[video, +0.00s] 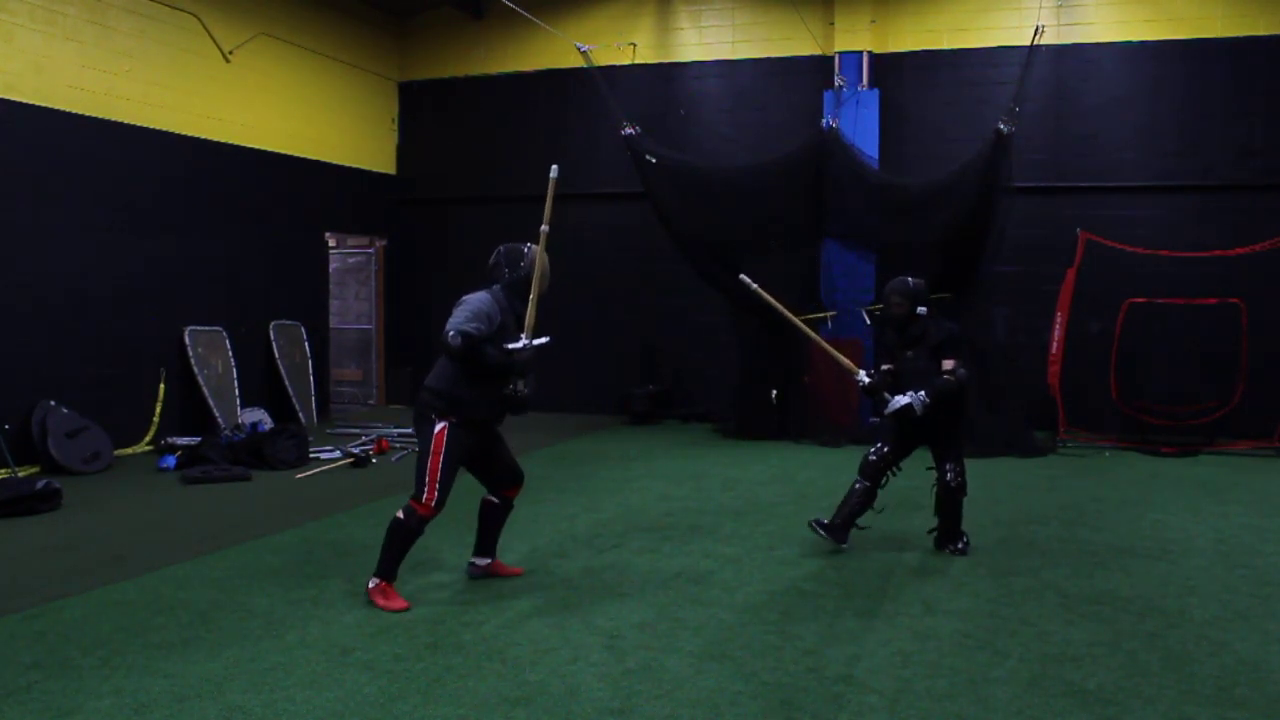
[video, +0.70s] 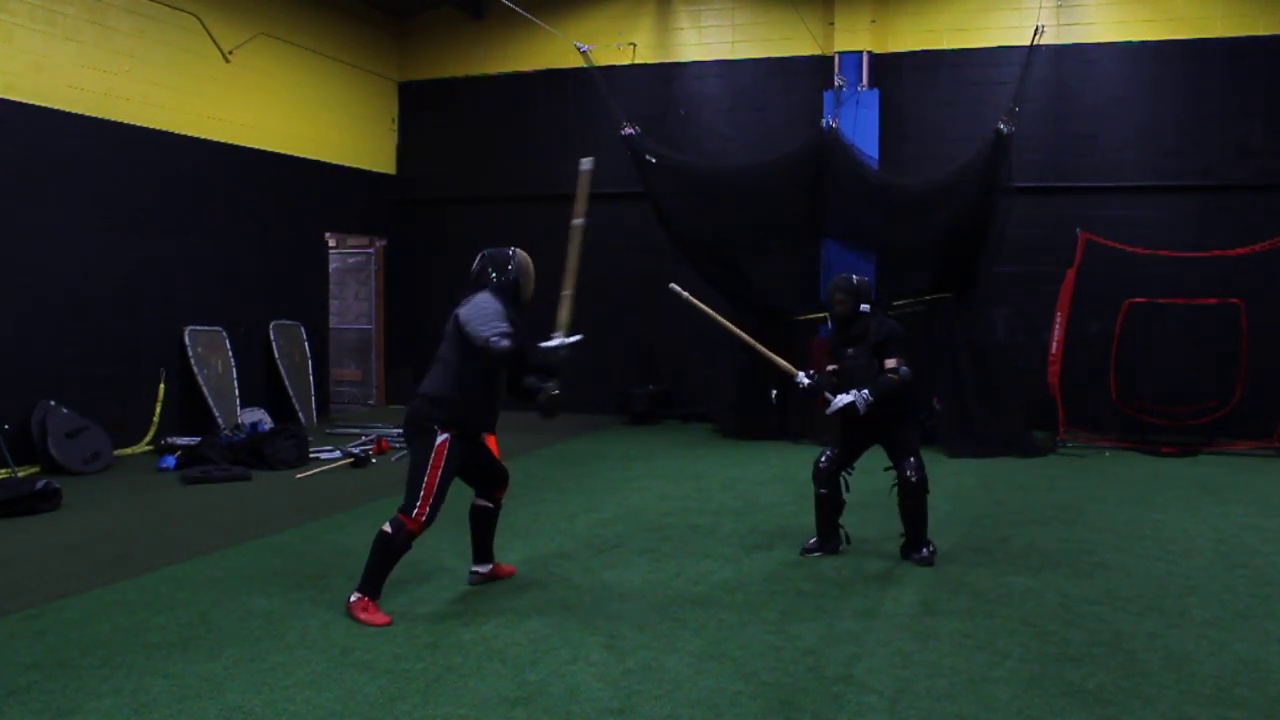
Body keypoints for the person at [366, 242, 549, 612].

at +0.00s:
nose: (538, 285)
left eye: (539, 277)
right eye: (533, 276)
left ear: (514, 275)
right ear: (515, 274)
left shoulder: (514, 317)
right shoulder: (482, 303)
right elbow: (456, 341)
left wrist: (517, 391)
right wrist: (509, 357)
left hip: (474, 417)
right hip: (443, 415)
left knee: (508, 481)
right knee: (427, 501)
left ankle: (483, 560)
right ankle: (380, 582)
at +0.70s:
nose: (527, 284)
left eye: (526, 277)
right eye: (523, 276)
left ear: (490, 274)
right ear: (508, 275)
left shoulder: (499, 312)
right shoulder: (481, 304)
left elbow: (505, 374)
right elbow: (502, 349)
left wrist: (539, 392)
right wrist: (545, 352)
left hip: (459, 425)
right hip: (438, 424)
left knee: (494, 479)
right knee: (417, 513)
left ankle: (483, 565)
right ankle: (363, 596)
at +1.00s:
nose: (572, 268)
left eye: (569, 262)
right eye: (571, 262)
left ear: (530, 256)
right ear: (564, 263)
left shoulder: (508, 283)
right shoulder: (557, 295)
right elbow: (605, 323)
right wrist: (651, 324)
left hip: (472, 400)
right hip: (501, 404)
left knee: (504, 482)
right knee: (549, 483)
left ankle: (485, 564)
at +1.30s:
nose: (626, 271)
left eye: (626, 266)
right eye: (623, 266)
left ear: (587, 263)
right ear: (616, 270)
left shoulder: (566, 285)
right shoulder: (617, 302)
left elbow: (625, 273)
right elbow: (668, 314)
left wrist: (664, 254)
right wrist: (680, 268)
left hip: (546, 412)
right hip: (590, 417)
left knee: (537, 488)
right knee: (642, 482)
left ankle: (501, 559)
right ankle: (652, 564)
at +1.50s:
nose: (641, 270)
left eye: (641, 262)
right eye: (638, 262)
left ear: (601, 260)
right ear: (626, 262)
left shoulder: (590, 295)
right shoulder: (610, 291)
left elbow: (644, 345)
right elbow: (655, 318)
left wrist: (695, 327)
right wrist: (707, 307)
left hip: (566, 407)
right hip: (595, 411)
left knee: (573, 484)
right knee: (649, 480)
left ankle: (516, 545)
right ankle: (652, 565)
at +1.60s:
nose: (635, 267)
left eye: (634, 260)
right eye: (629, 260)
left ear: (596, 262)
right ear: (613, 261)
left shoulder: (587, 294)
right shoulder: (604, 288)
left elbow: (646, 352)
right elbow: (653, 314)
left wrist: (692, 339)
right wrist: (708, 324)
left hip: (566, 409)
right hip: (589, 411)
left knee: (581, 484)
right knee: (648, 480)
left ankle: (513, 530)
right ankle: (652, 565)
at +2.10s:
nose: (519, 259)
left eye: (515, 253)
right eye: (510, 254)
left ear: (485, 266)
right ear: (495, 264)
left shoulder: (518, 299)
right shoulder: (475, 315)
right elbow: (501, 369)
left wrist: (559, 325)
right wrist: (539, 337)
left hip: (510, 409)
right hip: (497, 414)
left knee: (528, 481)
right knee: (562, 476)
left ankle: (504, 551)